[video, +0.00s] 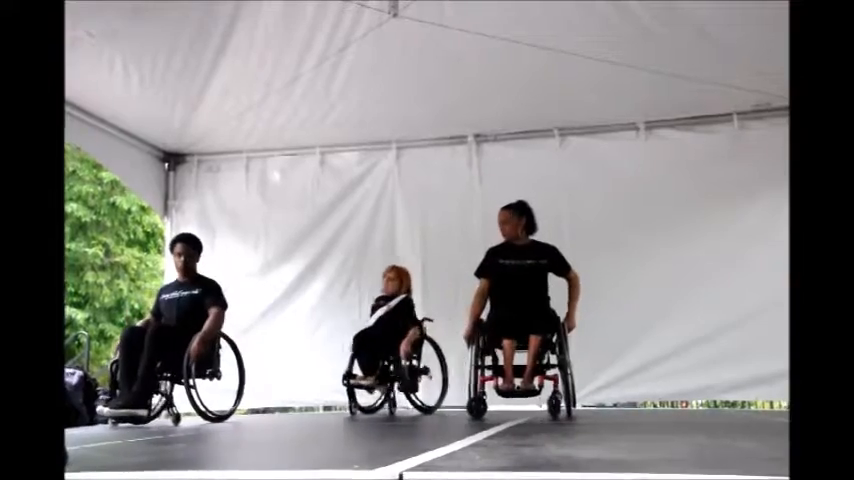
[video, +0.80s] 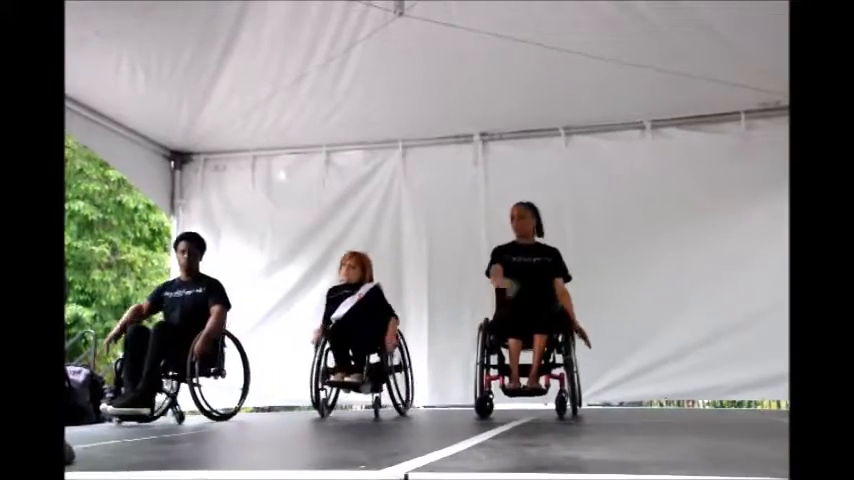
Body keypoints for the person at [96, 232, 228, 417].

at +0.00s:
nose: (183, 260)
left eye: (189, 255)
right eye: (179, 255)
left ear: (198, 257)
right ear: (173, 258)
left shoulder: (208, 286)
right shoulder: (165, 291)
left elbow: (217, 315)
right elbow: (153, 319)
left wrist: (201, 340)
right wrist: (130, 337)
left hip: (194, 350)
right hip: (167, 348)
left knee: (156, 333)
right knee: (131, 333)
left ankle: (140, 400)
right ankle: (125, 398)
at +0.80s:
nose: (187, 257)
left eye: (192, 252)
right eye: (182, 252)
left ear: (201, 255)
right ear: (176, 255)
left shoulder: (211, 286)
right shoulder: (167, 288)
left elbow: (218, 315)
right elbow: (142, 310)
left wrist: (204, 340)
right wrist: (121, 326)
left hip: (200, 350)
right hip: (172, 349)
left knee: (161, 330)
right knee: (136, 332)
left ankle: (145, 397)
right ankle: (131, 396)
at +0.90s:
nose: (184, 257)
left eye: (189, 252)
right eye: (180, 252)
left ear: (199, 255)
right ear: (175, 255)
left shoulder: (211, 285)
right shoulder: (167, 287)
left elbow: (218, 314)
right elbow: (147, 301)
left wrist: (203, 339)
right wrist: (136, 306)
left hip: (199, 349)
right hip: (171, 347)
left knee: (162, 329)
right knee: (136, 331)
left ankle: (144, 397)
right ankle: (130, 394)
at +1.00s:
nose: (181, 255)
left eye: (186, 250)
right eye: (177, 251)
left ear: (196, 253)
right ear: (172, 255)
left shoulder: (210, 284)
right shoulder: (168, 286)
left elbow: (219, 312)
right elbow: (139, 302)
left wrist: (205, 337)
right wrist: (148, 288)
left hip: (200, 350)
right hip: (172, 348)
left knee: (163, 328)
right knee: (137, 330)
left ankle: (146, 395)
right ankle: (131, 394)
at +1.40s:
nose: (184, 255)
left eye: (189, 249)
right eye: (179, 250)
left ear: (199, 252)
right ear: (174, 254)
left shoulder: (213, 285)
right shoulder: (166, 287)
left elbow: (231, 314)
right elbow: (145, 317)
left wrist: (220, 319)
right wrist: (133, 294)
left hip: (204, 352)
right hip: (173, 349)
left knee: (170, 329)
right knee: (141, 329)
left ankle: (151, 396)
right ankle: (136, 396)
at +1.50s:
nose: (185, 256)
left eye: (190, 250)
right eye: (180, 251)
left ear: (200, 253)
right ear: (175, 255)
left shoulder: (214, 285)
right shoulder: (167, 287)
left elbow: (229, 314)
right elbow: (153, 313)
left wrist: (219, 292)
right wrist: (128, 322)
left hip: (205, 350)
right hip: (174, 348)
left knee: (169, 327)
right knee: (141, 329)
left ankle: (151, 397)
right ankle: (136, 397)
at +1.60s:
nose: (187, 256)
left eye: (192, 251)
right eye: (182, 252)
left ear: (202, 254)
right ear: (177, 255)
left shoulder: (215, 285)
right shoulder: (168, 287)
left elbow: (225, 311)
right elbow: (153, 315)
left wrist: (209, 281)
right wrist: (129, 334)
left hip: (205, 349)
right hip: (174, 347)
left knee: (169, 328)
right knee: (138, 332)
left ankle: (150, 397)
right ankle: (135, 397)